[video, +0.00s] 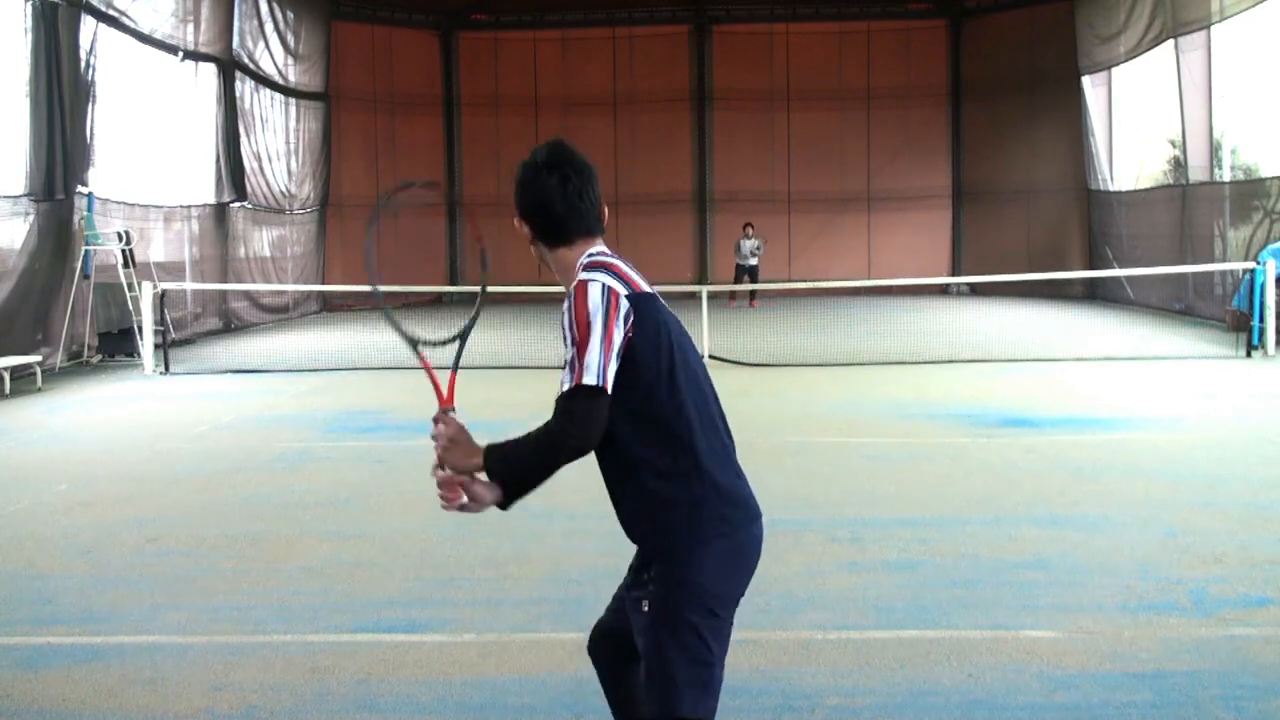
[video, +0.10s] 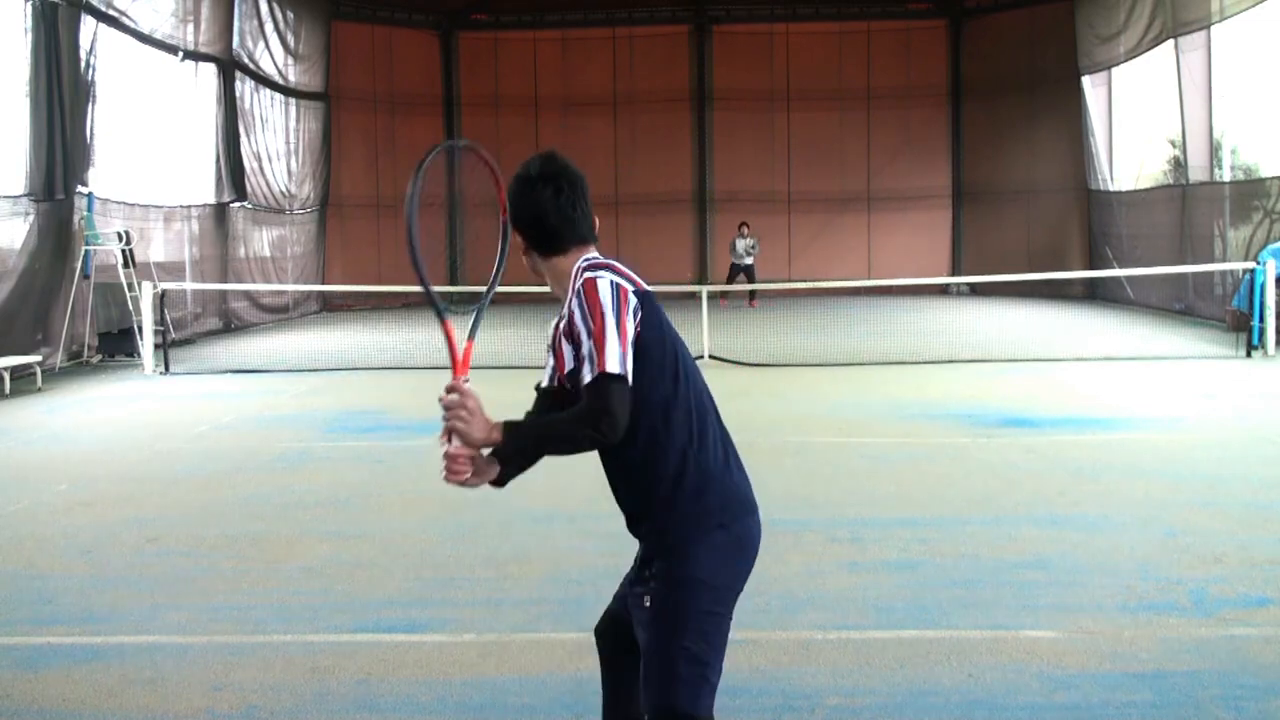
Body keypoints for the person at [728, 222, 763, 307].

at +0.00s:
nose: (749, 232)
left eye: (750, 229)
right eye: (747, 229)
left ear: (753, 231)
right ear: (744, 231)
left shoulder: (757, 241)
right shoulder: (740, 242)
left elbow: (760, 252)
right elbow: (736, 253)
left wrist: (754, 252)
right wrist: (744, 256)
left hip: (753, 265)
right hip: (741, 264)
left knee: (754, 283)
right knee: (737, 282)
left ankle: (752, 300)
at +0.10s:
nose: (744, 231)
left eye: (745, 229)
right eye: (742, 229)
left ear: (748, 230)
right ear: (739, 230)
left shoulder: (752, 240)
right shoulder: (735, 240)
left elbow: (755, 251)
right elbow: (732, 252)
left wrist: (748, 250)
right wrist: (740, 256)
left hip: (748, 264)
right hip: (736, 264)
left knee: (752, 282)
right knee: (729, 281)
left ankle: (752, 300)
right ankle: (723, 297)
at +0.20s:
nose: (738, 230)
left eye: (739, 228)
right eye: (736, 228)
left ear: (742, 229)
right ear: (733, 229)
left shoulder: (746, 239)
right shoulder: (729, 239)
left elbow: (750, 251)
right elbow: (726, 250)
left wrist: (742, 250)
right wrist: (734, 253)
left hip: (742, 263)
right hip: (730, 263)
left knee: (748, 282)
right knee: (723, 282)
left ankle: (751, 300)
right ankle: (717, 298)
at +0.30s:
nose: (731, 232)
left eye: (733, 230)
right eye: (730, 230)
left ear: (736, 232)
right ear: (727, 232)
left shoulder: (740, 242)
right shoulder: (723, 241)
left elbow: (743, 254)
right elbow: (719, 252)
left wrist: (735, 252)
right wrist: (728, 254)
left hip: (736, 265)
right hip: (724, 265)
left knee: (743, 283)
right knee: (718, 283)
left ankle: (750, 300)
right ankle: (715, 300)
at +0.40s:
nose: (726, 233)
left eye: (728, 231)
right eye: (725, 231)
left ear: (730, 233)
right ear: (722, 233)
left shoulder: (734, 243)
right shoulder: (718, 243)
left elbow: (737, 255)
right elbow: (715, 254)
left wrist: (730, 252)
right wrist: (725, 252)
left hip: (732, 267)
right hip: (720, 267)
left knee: (740, 283)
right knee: (715, 285)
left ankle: (748, 300)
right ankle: (715, 300)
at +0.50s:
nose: (723, 228)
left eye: (725, 226)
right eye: (722, 226)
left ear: (728, 228)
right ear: (719, 228)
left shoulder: (732, 237)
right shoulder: (716, 238)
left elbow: (735, 250)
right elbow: (715, 251)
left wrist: (728, 248)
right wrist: (725, 249)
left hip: (730, 261)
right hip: (719, 262)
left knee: (738, 279)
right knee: (716, 281)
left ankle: (743, 298)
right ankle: (715, 299)